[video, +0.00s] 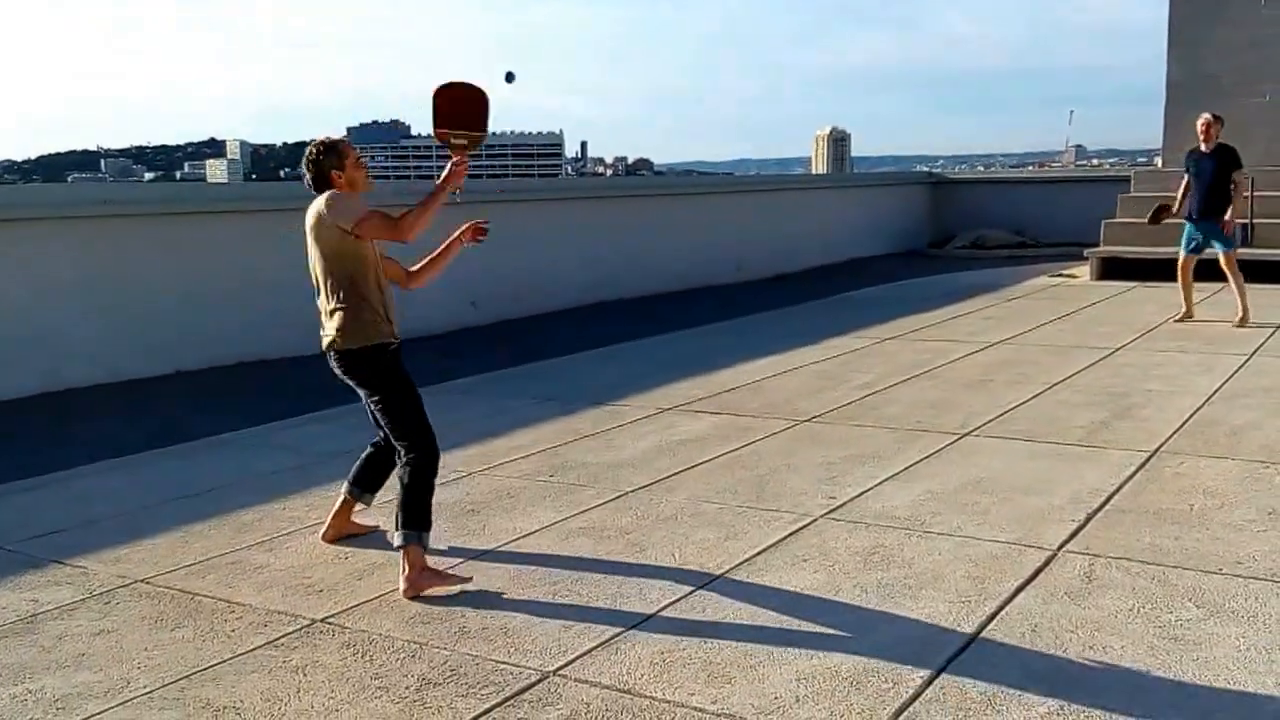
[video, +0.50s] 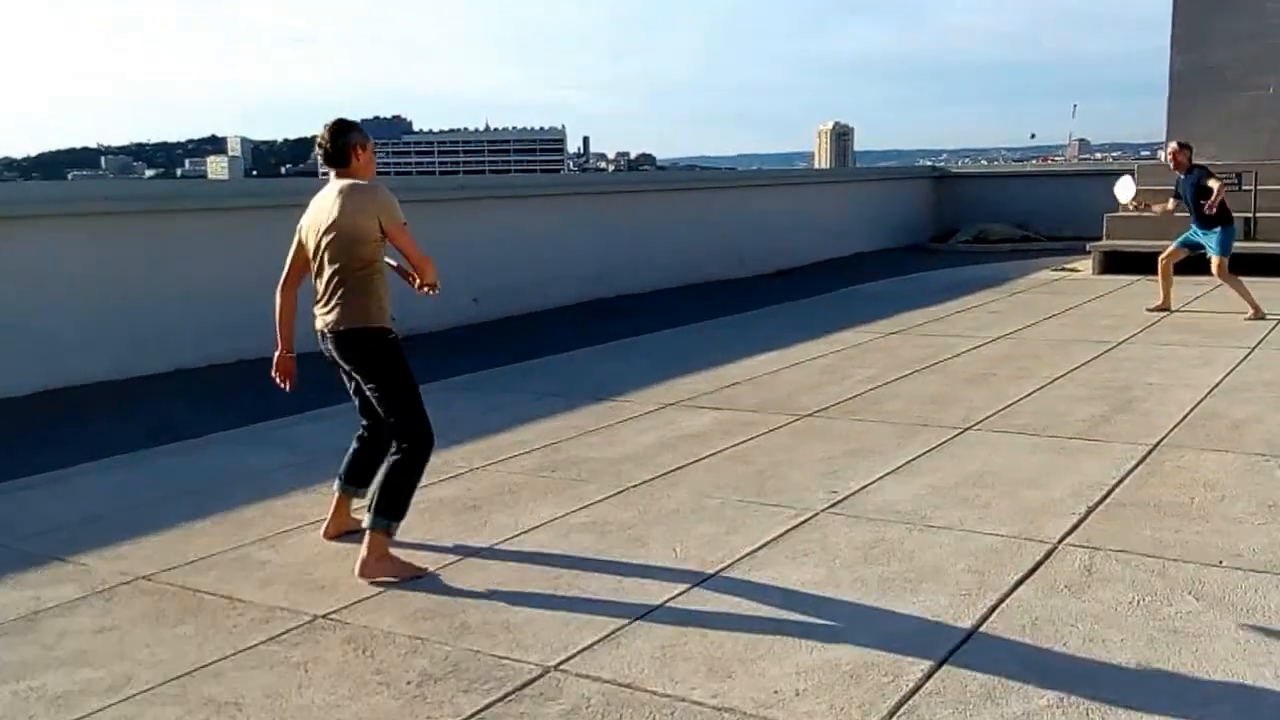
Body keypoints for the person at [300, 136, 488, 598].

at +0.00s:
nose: (366, 168)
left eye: (362, 161)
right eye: (358, 163)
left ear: (336, 176)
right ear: (338, 175)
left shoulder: (343, 226)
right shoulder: (330, 205)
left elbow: (408, 277)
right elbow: (402, 229)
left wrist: (460, 239)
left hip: (360, 345)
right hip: (362, 345)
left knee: (392, 440)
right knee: (420, 448)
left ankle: (340, 519)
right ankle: (415, 569)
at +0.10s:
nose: (355, 166)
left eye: (350, 160)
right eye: (350, 161)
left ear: (318, 179)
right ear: (339, 169)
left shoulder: (312, 224)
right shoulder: (354, 195)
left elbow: (358, 302)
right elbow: (430, 226)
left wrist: (418, 287)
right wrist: (475, 206)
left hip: (334, 340)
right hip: (364, 336)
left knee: (377, 432)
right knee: (406, 441)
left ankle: (338, 518)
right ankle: (400, 562)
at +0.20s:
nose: (357, 166)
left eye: (352, 159)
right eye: (353, 160)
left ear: (316, 176)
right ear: (345, 166)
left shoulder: (307, 222)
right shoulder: (364, 193)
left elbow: (310, 293)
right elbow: (414, 233)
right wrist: (430, 236)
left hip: (326, 333)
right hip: (365, 329)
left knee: (365, 426)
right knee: (396, 436)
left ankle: (338, 518)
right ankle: (382, 557)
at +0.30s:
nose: (361, 163)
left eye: (358, 157)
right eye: (358, 157)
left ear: (318, 172)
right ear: (349, 162)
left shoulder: (307, 222)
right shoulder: (367, 188)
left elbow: (298, 300)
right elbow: (408, 231)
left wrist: (310, 356)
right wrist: (416, 247)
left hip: (329, 330)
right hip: (367, 326)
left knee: (362, 423)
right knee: (395, 432)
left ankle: (339, 516)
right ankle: (378, 553)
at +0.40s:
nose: (368, 161)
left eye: (364, 153)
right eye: (364, 153)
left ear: (324, 165)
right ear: (353, 157)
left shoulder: (311, 212)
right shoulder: (372, 190)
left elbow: (287, 291)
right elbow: (420, 248)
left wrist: (287, 356)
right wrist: (420, 261)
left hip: (329, 332)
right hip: (365, 327)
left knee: (368, 426)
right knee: (403, 433)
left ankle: (339, 516)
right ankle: (379, 552)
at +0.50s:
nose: (375, 155)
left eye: (370, 148)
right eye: (370, 148)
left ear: (331, 160)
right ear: (358, 153)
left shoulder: (315, 208)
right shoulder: (373, 195)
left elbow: (287, 285)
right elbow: (419, 263)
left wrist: (283, 347)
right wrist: (429, 282)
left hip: (333, 335)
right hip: (368, 334)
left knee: (378, 424)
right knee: (415, 436)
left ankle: (339, 516)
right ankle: (376, 553)